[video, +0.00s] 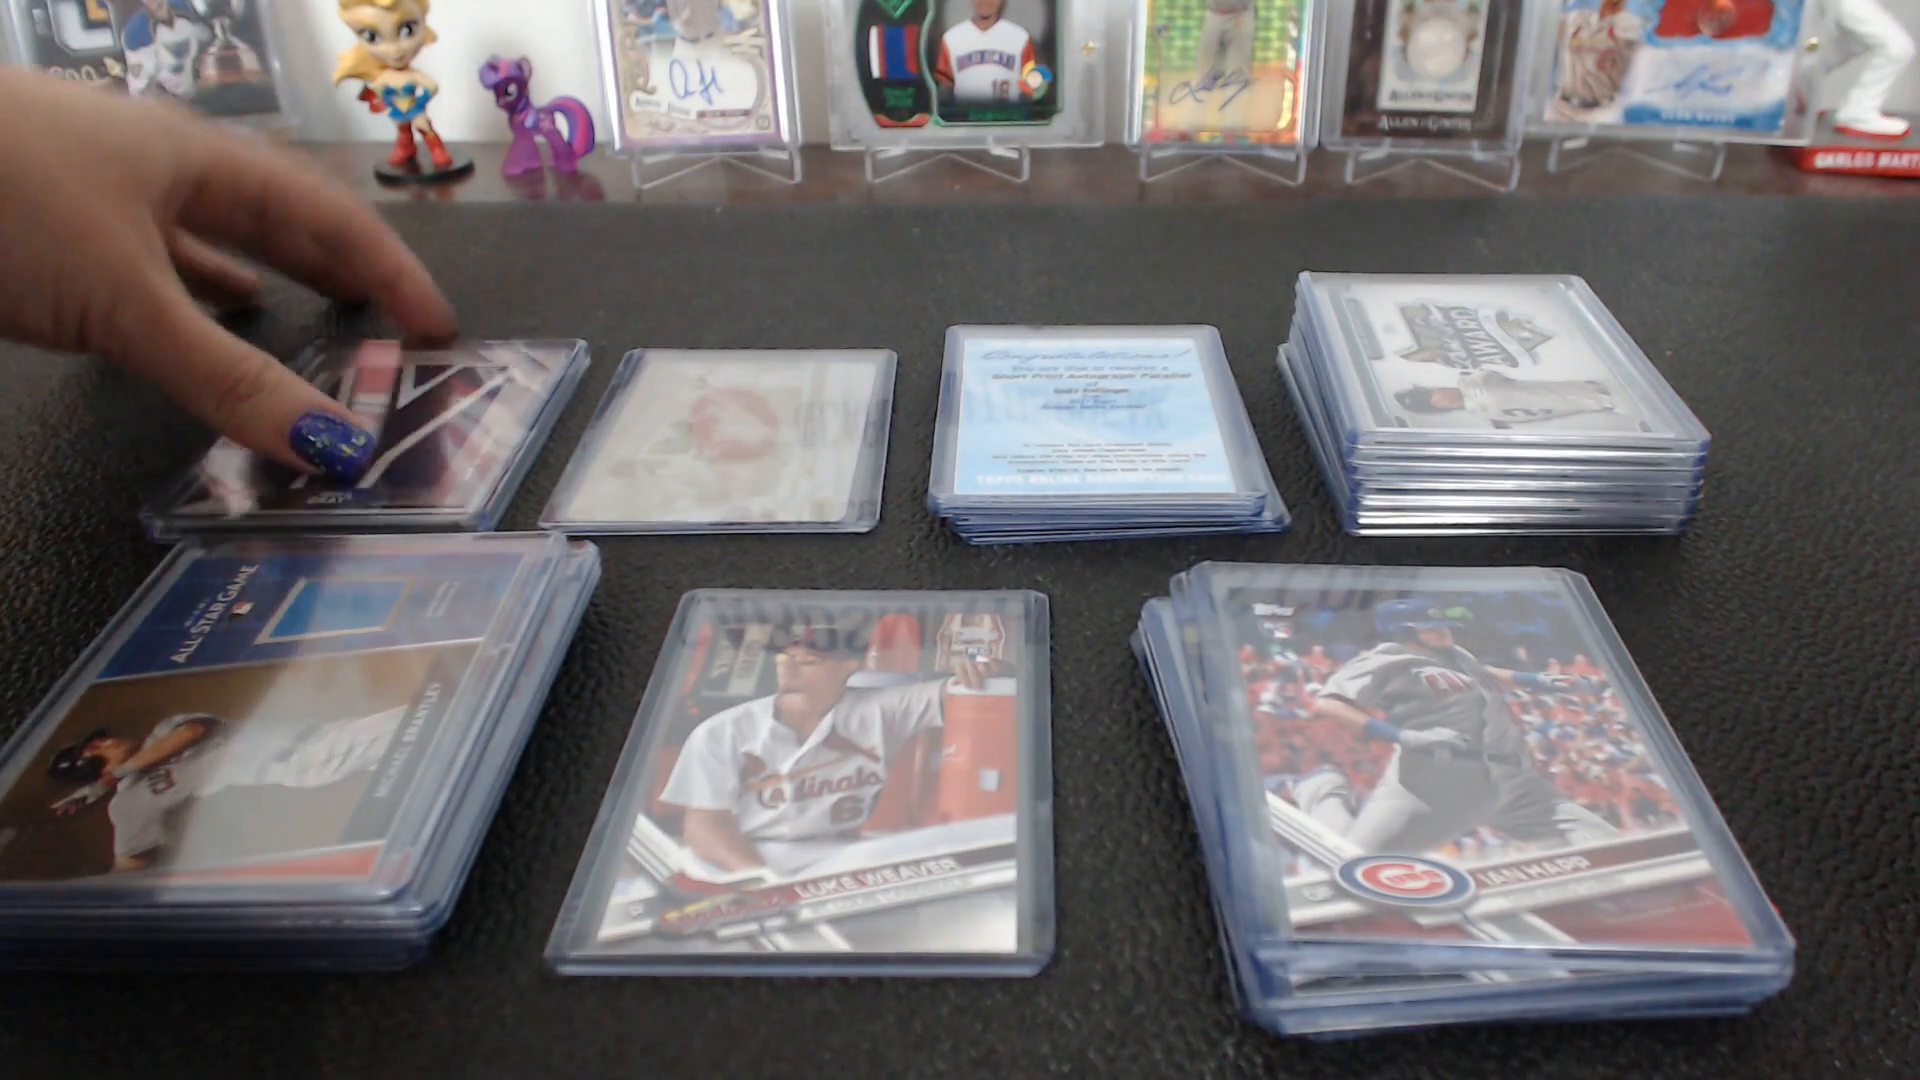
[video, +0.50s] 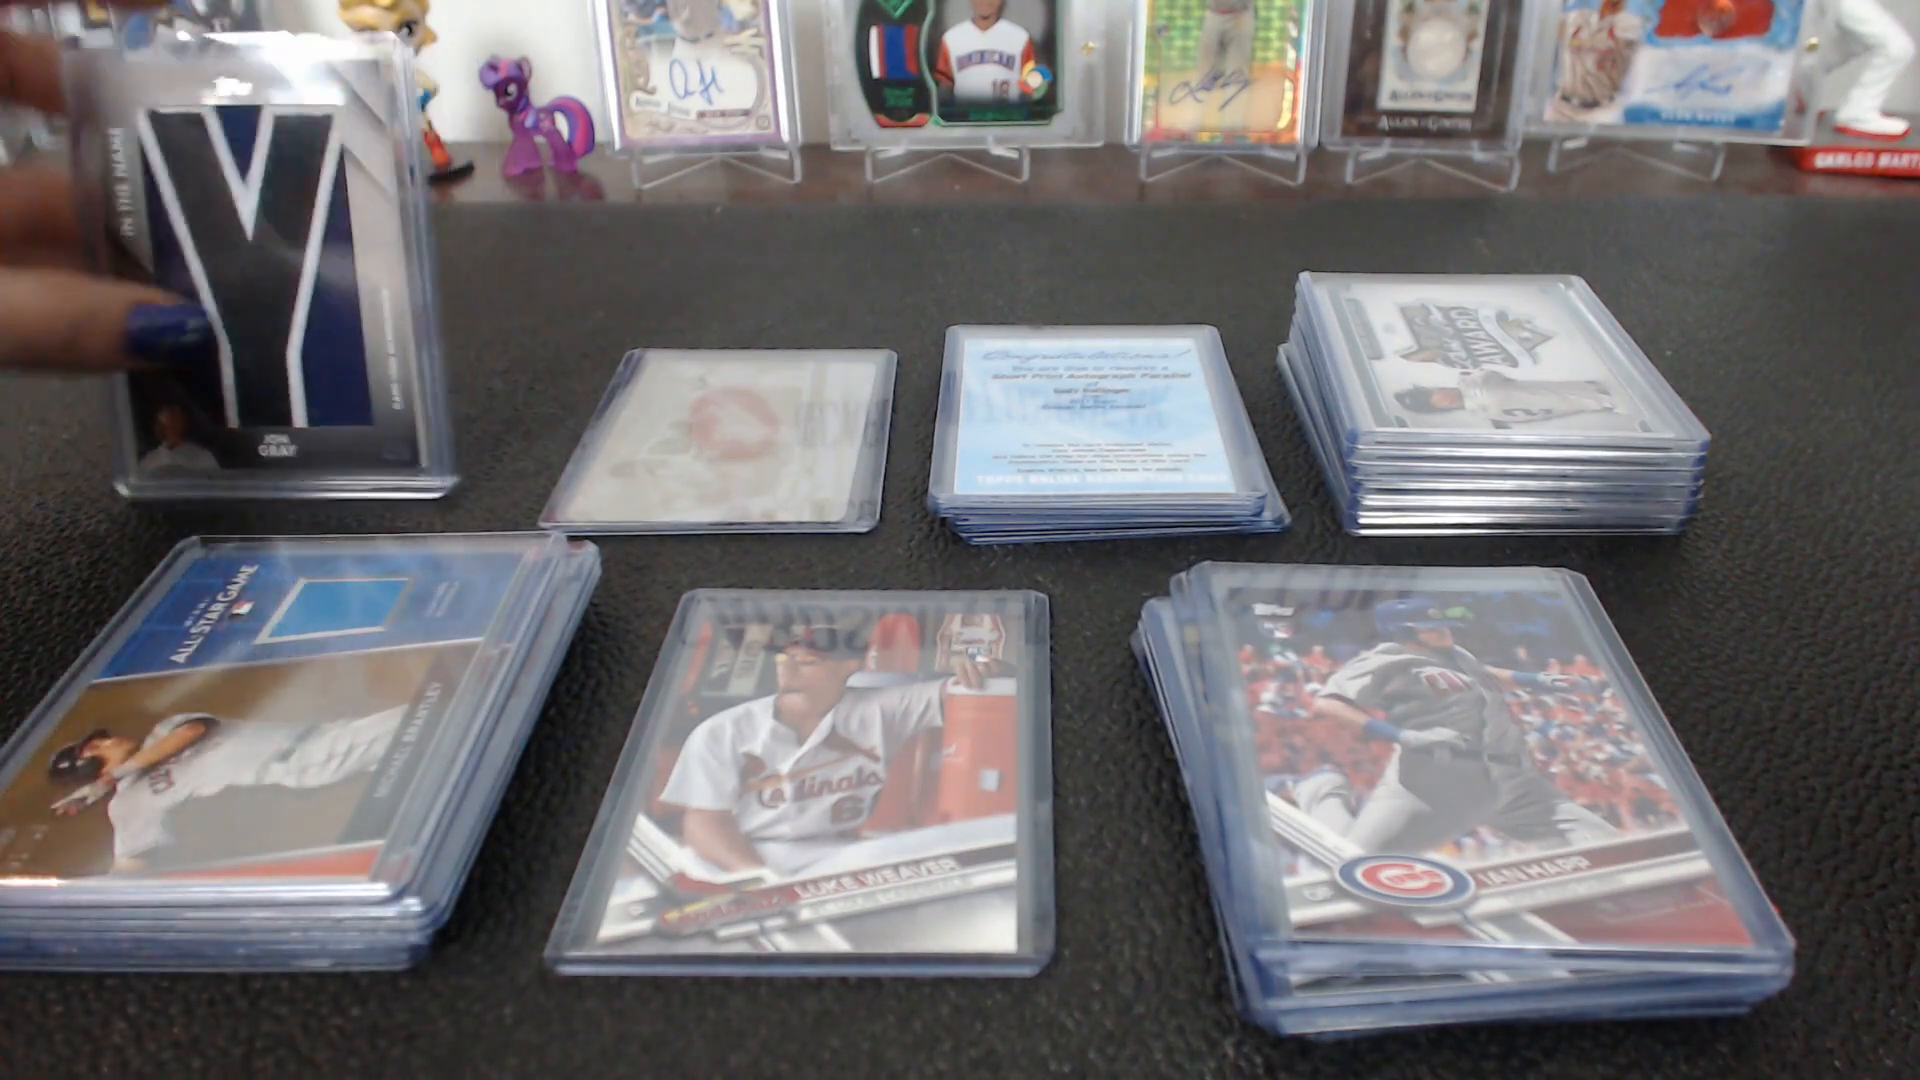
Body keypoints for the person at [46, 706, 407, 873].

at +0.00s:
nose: (112, 742)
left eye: (103, 740)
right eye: (102, 747)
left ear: (110, 738)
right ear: (100, 766)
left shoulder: (163, 728)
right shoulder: (129, 802)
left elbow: (197, 731)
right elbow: (128, 873)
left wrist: (115, 777)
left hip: (288, 743)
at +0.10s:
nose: (112, 741)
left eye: (103, 740)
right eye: (102, 747)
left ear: (111, 737)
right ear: (100, 768)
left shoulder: (163, 729)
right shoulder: (128, 803)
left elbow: (200, 730)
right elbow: (130, 870)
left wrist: (122, 771)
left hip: (271, 742)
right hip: (255, 783)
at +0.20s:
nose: (112, 740)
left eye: (103, 739)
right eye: (102, 745)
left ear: (109, 740)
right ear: (100, 766)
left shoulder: (162, 728)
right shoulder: (130, 801)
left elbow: (197, 731)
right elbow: (130, 872)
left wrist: (119, 774)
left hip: (296, 734)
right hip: (284, 767)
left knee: (410, 721)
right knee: (404, 724)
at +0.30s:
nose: (114, 739)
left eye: (104, 737)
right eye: (103, 745)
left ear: (112, 737)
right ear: (101, 769)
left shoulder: (163, 728)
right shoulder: (131, 799)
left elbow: (198, 730)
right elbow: (129, 871)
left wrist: (122, 770)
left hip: (303, 731)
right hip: (289, 764)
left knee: (410, 720)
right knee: (405, 723)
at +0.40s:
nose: (112, 738)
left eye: (103, 737)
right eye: (101, 743)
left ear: (110, 740)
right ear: (99, 767)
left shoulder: (163, 729)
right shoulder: (131, 800)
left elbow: (197, 730)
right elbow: (130, 873)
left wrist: (117, 775)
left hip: (306, 731)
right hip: (294, 762)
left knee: (413, 720)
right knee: (410, 721)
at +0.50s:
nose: (113, 739)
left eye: (103, 738)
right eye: (102, 744)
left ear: (110, 739)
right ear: (100, 767)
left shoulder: (164, 728)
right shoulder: (131, 801)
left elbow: (195, 731)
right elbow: (128, 874)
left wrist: (114, 777)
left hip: (310, 732)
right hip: (297, 762)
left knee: (414, 720)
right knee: (411, 720)